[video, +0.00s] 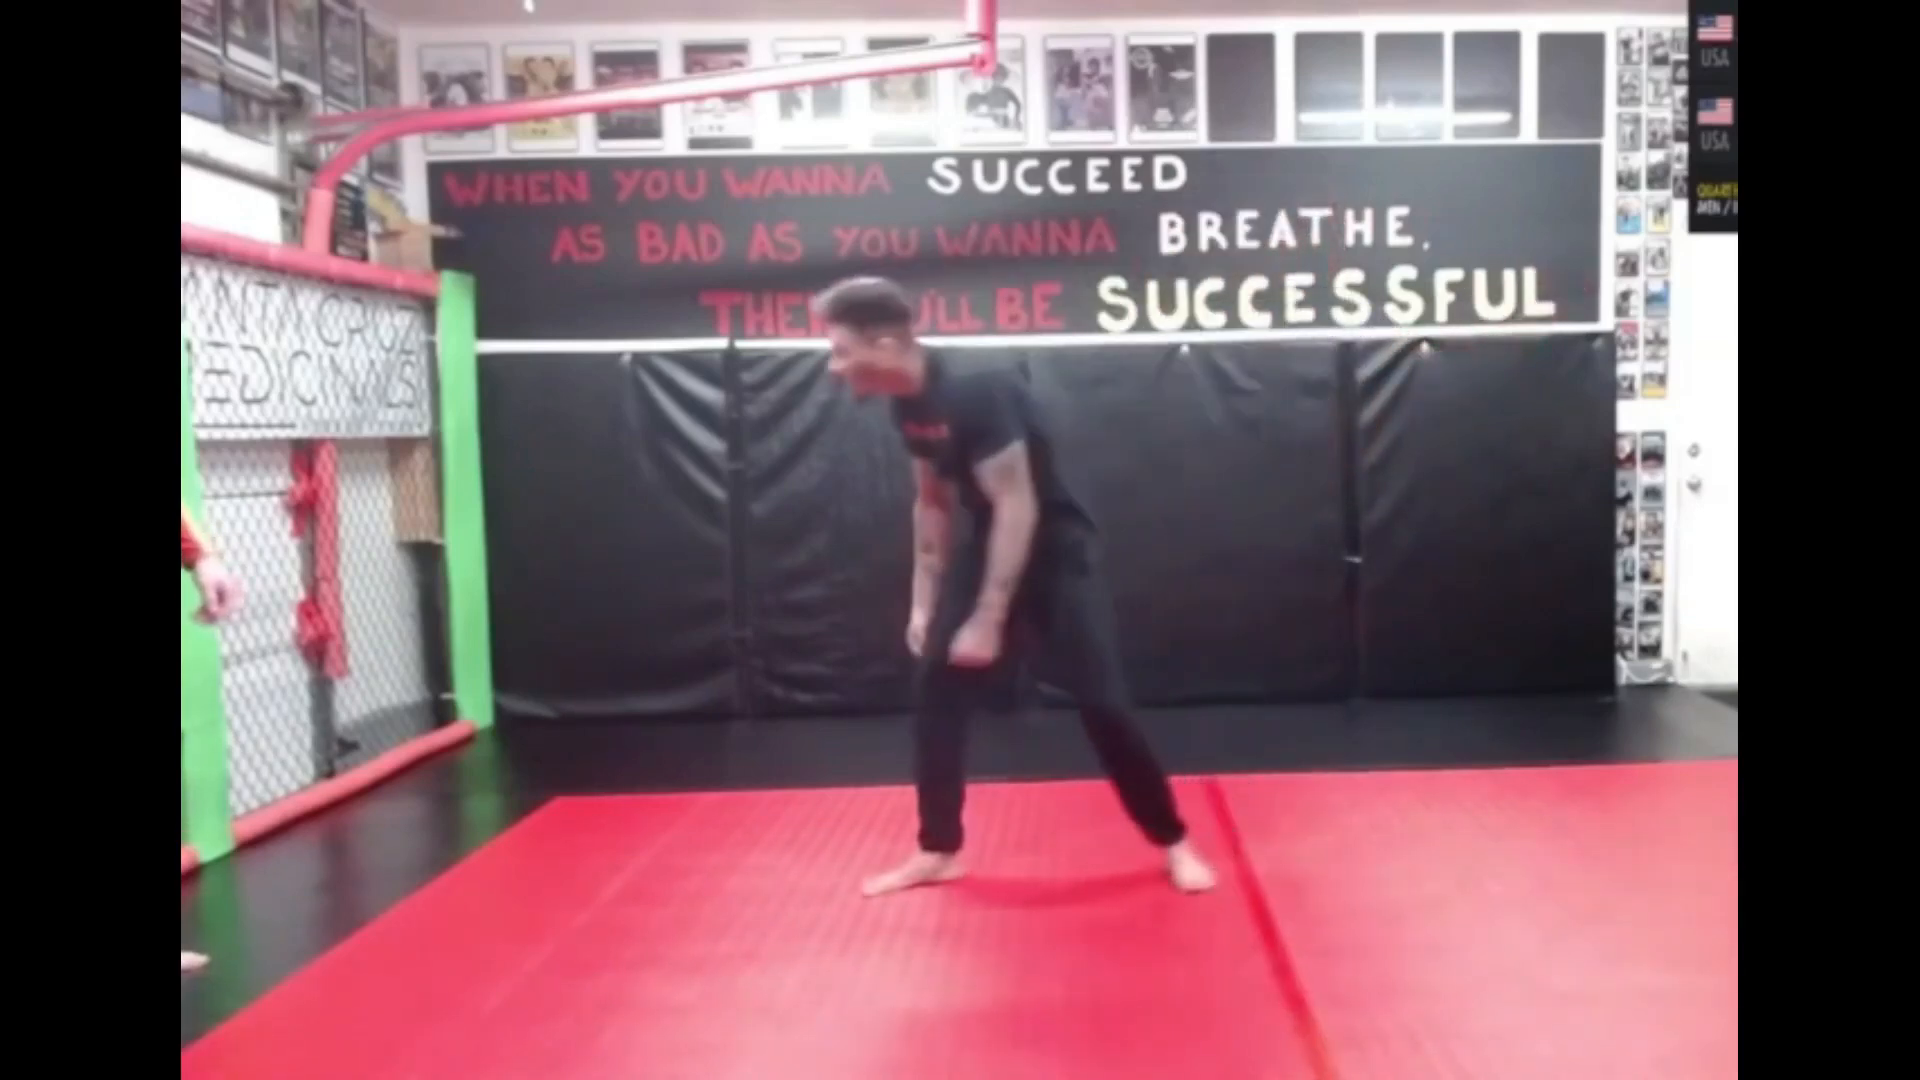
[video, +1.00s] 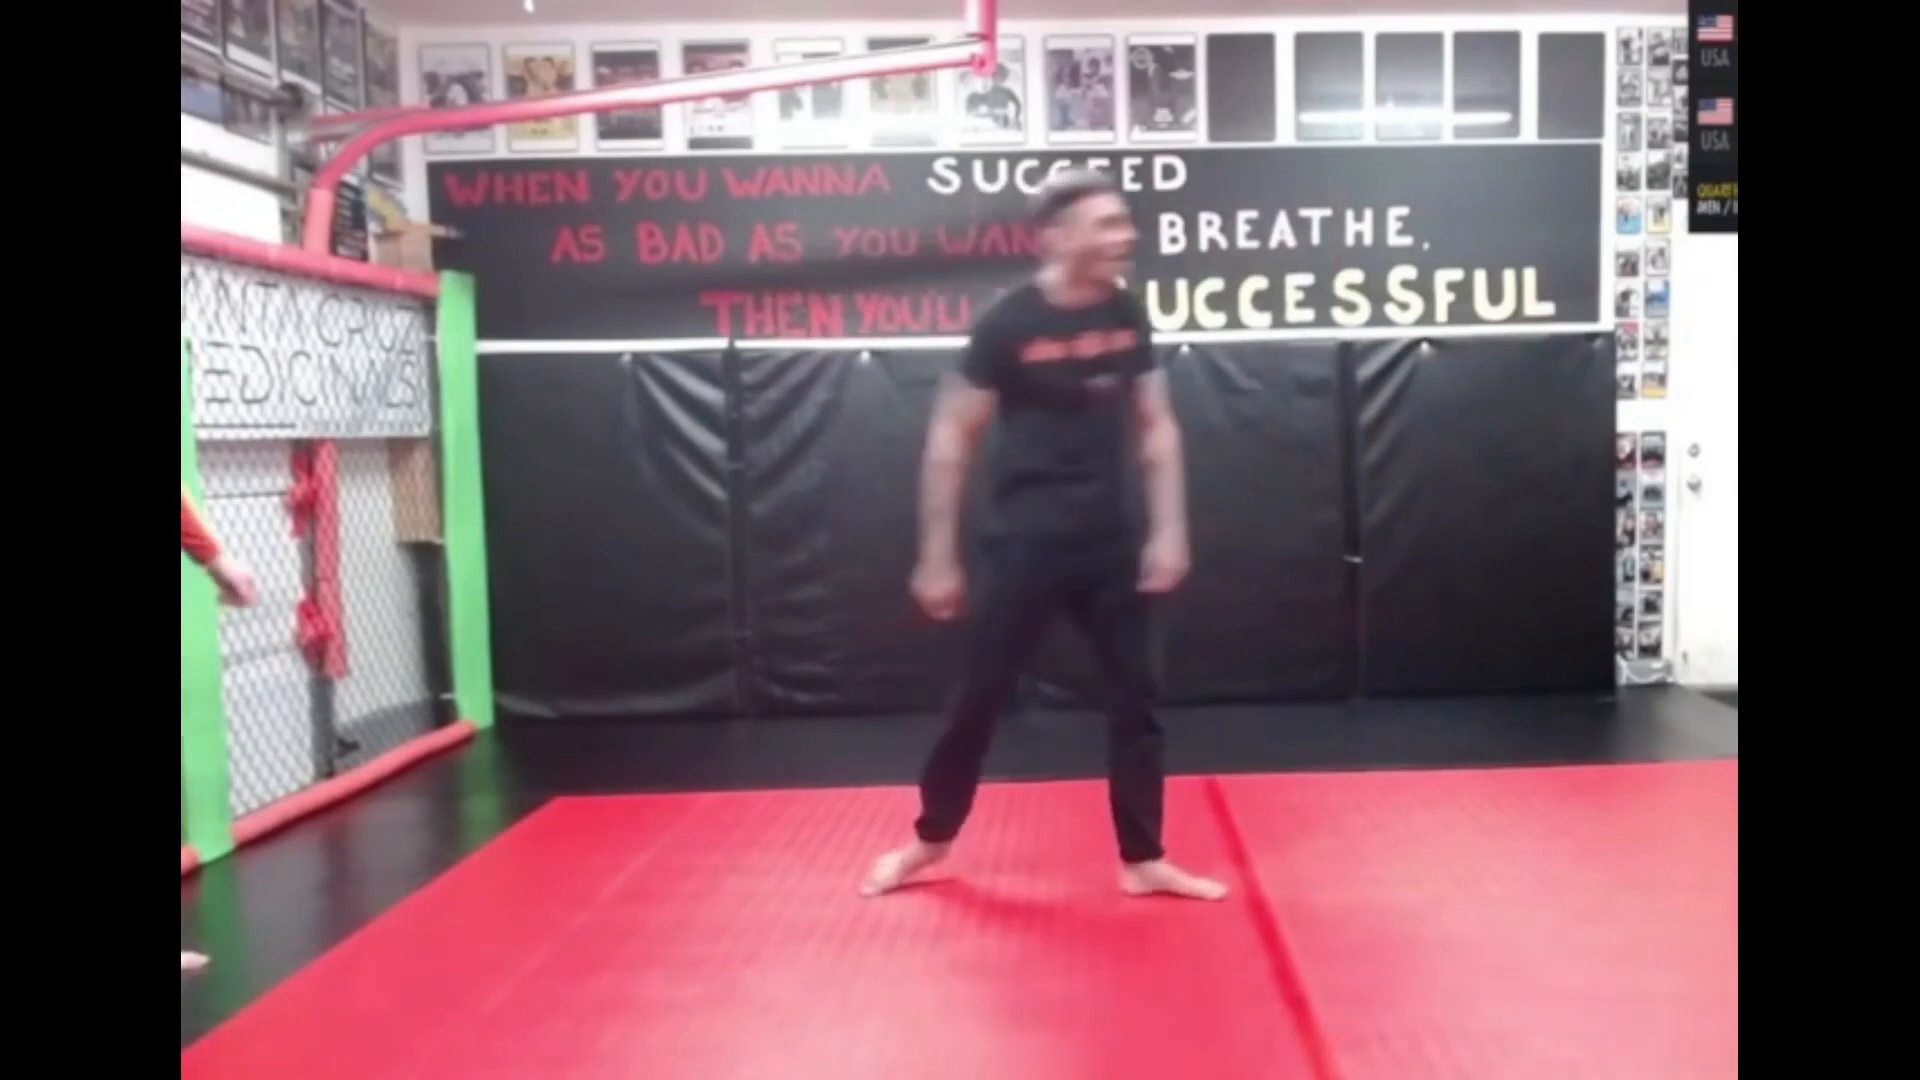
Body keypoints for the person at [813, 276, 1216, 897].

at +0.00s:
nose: (833, 368)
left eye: (840, 352)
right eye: (831, 353)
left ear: (887, 343)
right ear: (880, 348)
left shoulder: (975, 391)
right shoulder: (909, 406)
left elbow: (1017, 507)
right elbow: (931, 502)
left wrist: (988, 619)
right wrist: (923, 605)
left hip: (1050, 541)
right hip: (979, 539)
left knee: (1099, 697)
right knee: (939, 677)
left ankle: (1175, 843)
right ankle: (939, 847)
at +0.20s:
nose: (794, 350)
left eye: (799, 333)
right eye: (791, 335)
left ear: (845, 323)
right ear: (841, 327)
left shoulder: (931, 370)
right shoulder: (874, 383)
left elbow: (969, 488)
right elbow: (898, 484)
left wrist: (937, 583)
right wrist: (900, 583)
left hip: (1014, 536)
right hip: (949, 544)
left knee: (1078, 681)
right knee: (929, 688)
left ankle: (1163, 836)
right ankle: (939, 849)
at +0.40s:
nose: (776, 322)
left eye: (784, 305)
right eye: (773, 307)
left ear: (834, 298)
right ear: (825, 303)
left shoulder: (921, 350)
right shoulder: (853, 371)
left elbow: (945, 476)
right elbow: (874, 468)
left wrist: (905, 584)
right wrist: (868, 573)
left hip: (1001, 529)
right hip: (937, 536)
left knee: (1067, 673)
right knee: (925, 683)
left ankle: (1156, 832)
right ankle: (938, 848)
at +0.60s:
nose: (816, 306)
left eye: (828, 287)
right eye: (809, 290)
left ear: (879, 276)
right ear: (807, 291)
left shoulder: (948, 335)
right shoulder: (849, 361)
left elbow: (982, 458)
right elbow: (856, 465)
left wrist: (936, 568)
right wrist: (850, 575)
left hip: (1008, 527)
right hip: (941, 534)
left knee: (1078, 673)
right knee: (919, 687)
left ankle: (1155, 832)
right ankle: (935, 850)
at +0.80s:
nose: (913, 276)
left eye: (925, 259)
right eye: (895, 264)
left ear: (954, 256)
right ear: (874, 276)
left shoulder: (998, 324)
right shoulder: (871, 349)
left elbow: (1036, 440)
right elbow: (858, 459)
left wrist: (997, 551)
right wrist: (858, 569)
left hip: (1020, 511)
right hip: (942, 519)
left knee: (1090, 673)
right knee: (922, 683)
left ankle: (1151, 840)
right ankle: (935, 849)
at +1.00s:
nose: (1124, 235)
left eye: (1125, 222)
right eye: (1106, 224)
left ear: (1126, 232)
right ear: (1057, 237)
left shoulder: (1127, 320)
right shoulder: (1007, 326)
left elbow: (1155, 427)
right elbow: (950, 434)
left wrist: (1168, 531)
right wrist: (938, 556)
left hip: (1108, 540)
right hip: (1020, 543)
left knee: (1136, 695)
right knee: (979, 691)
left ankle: (1142, 858)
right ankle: (931, 839)